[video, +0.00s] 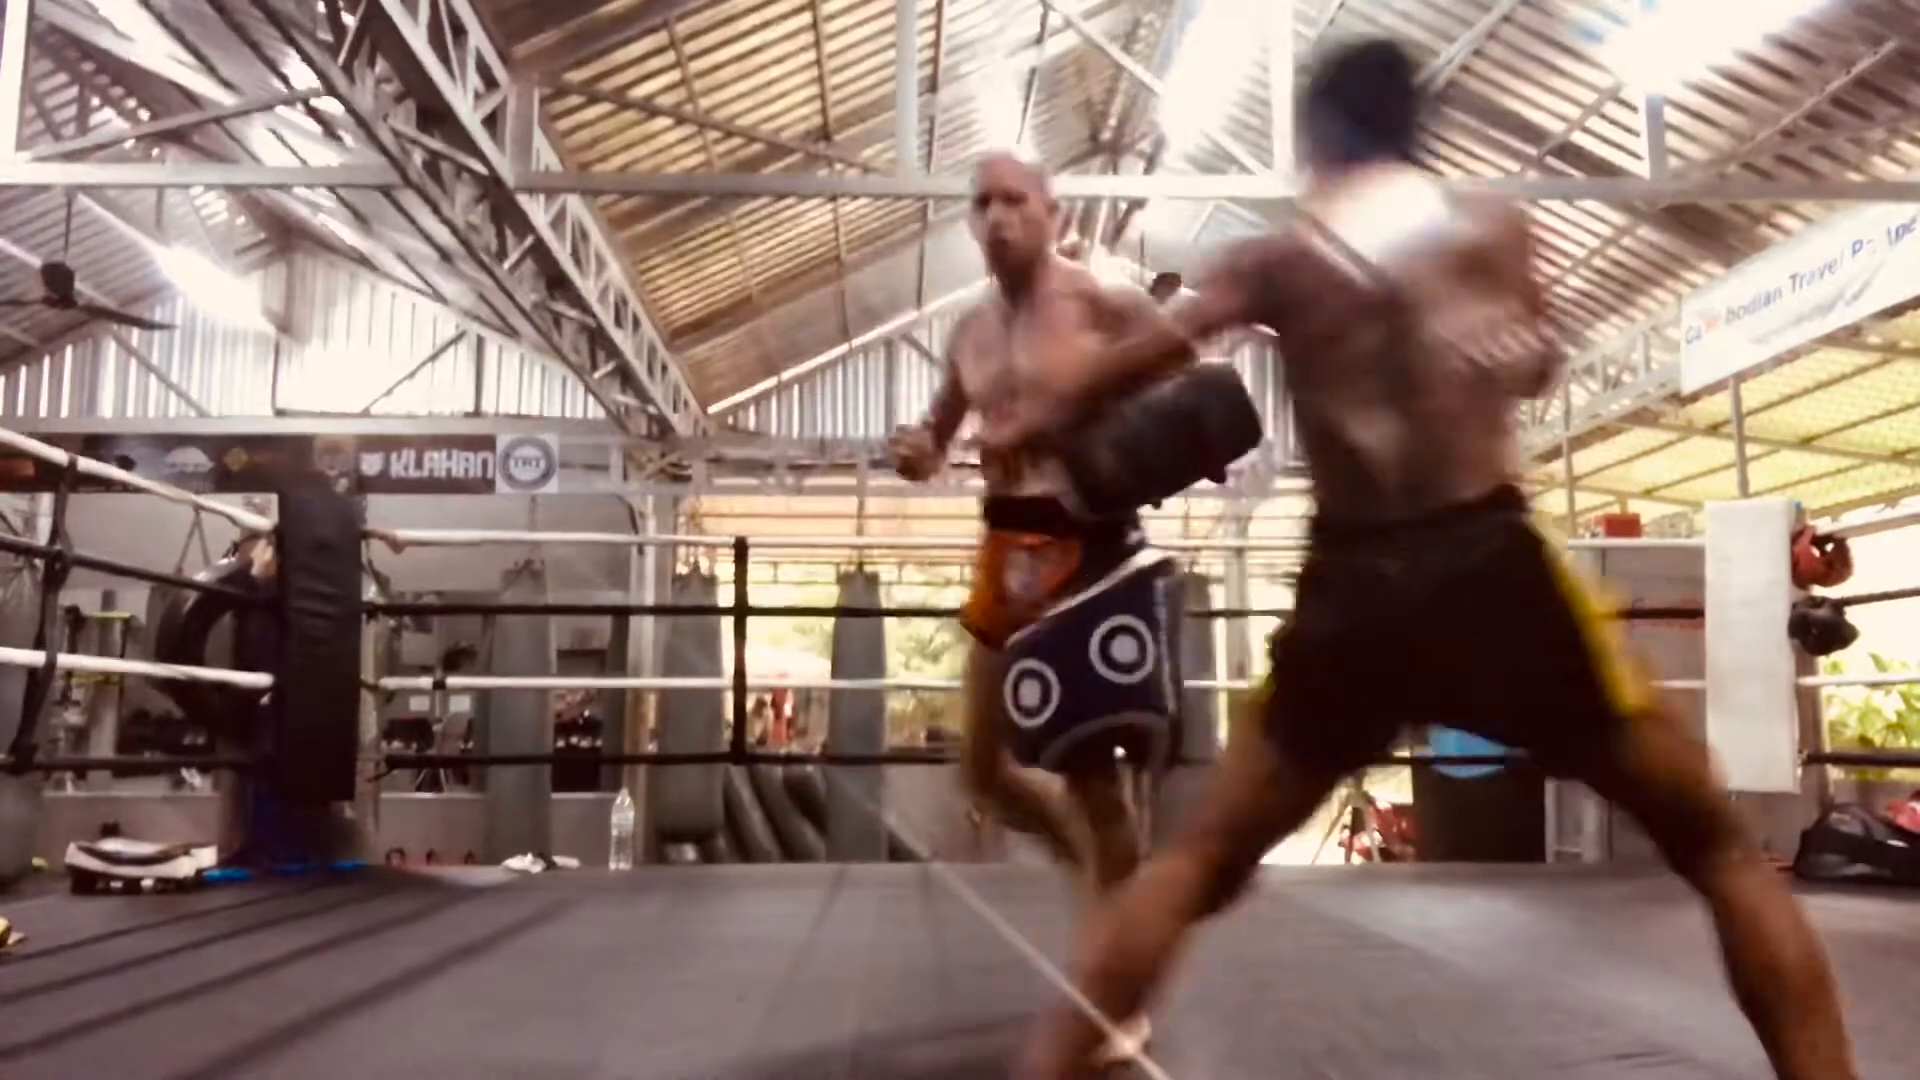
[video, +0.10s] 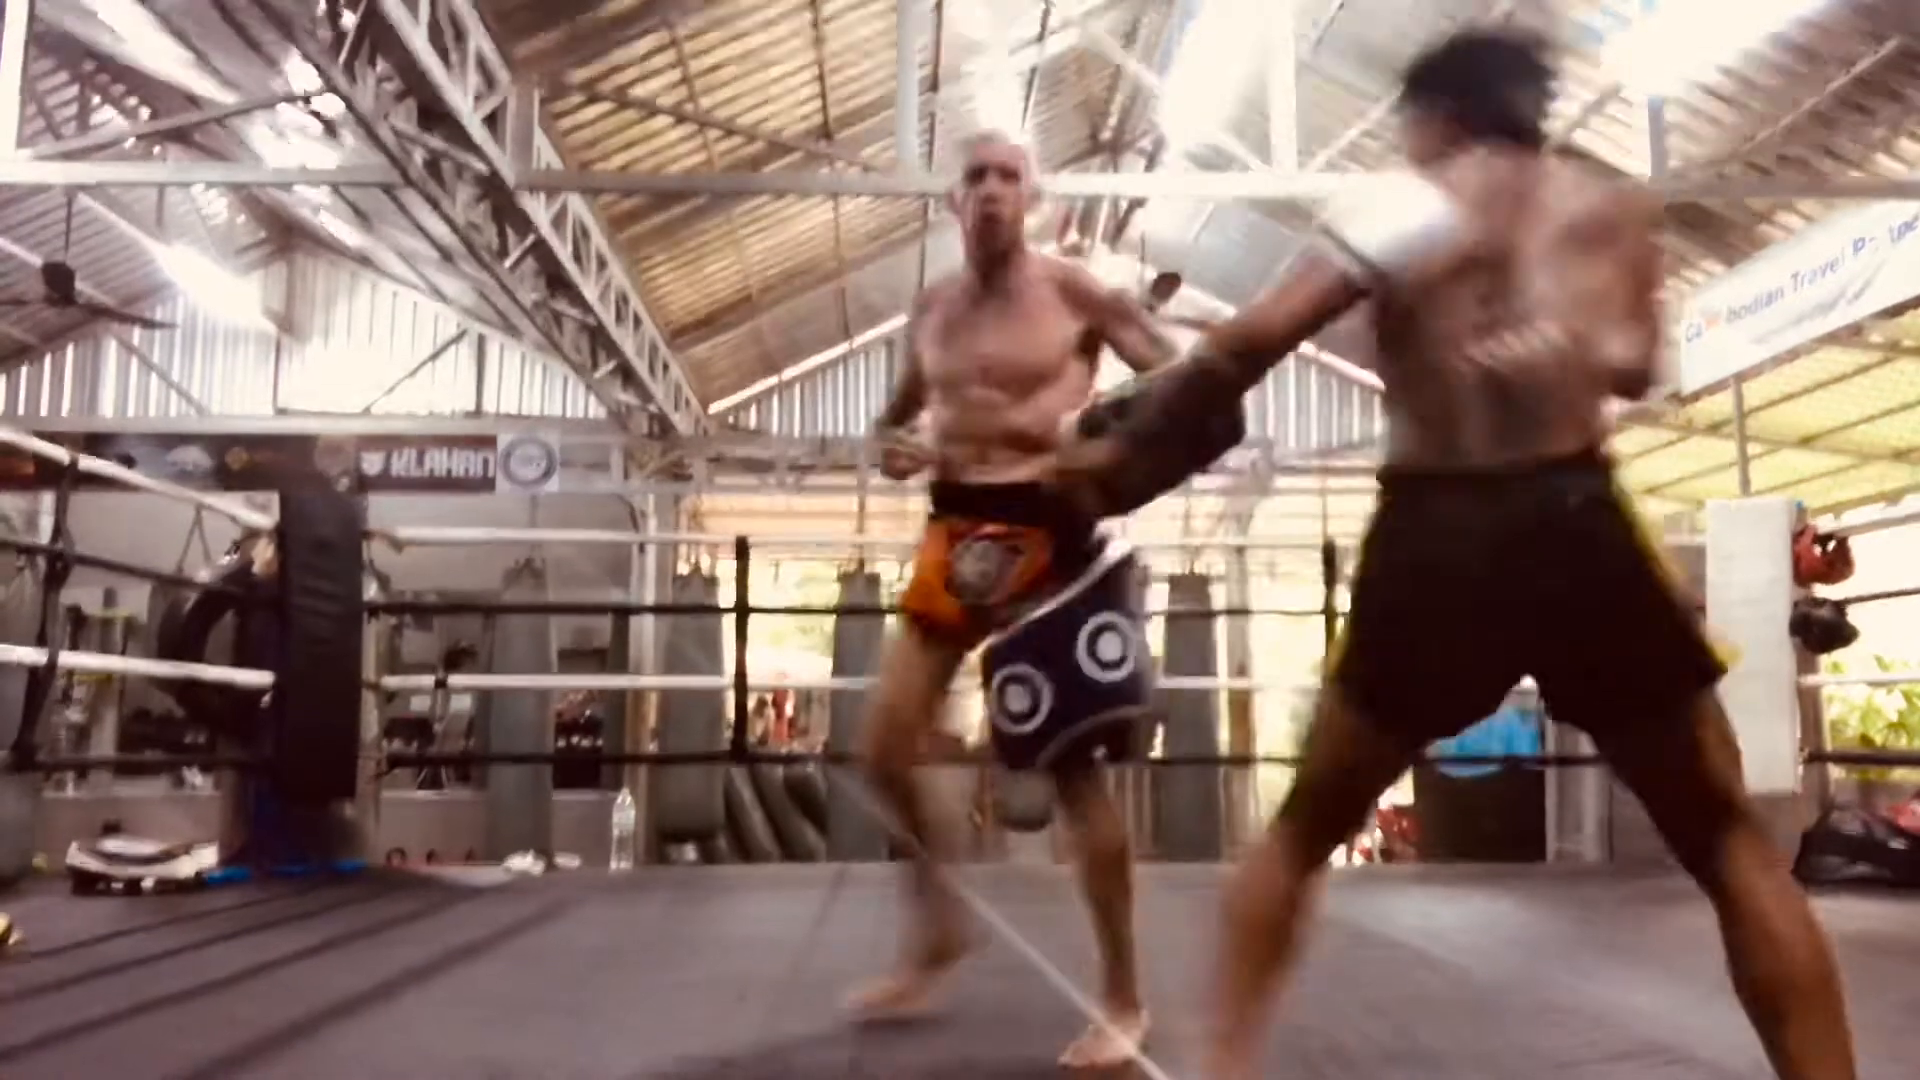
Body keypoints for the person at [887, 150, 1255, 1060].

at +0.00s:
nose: (994, 219)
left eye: (1010, 200)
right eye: (982, 204)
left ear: (1051, 209)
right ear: (972, 222)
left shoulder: (1109, 303)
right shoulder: (970, 331)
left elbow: (1193, 394)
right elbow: (932, 447)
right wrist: (914, 452)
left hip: (1092, 546)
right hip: (1007, 543)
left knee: (1098, 784)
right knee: (985, 770)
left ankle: (1118, 992)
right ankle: (1091, 851)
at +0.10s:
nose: (989, 191)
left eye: (1004, 176)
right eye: (975, 177)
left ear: (1033, 195)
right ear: (954, 196)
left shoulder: (1076, 290)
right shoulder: (934, 311)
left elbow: (1181, 378)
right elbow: (894, 424)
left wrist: (1098, 427)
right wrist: (897, 445)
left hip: (1059, 535)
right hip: (957, 533)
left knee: (1084, 781)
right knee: (886, 748)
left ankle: (1122, 1006)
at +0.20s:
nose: (971, 190)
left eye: (984, 177)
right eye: (955, 175)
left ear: (1001, 197)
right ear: (922, 195)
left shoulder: (1038, 297)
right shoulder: (884, 305)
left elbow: (1121, 386)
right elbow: (838, 417)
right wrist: (848, 443)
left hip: (1009, 534)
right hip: (902, 534)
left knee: (1064, 784)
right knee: (809, 756)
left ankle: (1119, 1005)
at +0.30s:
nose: (939, 195)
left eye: (950, 182)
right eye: (922, 179)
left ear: (961, 204)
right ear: (879, 196)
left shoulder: (994, 319)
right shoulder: (826, 312)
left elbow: (1031, 428)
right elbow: (743, 420)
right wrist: (817, 425)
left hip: (953, 550)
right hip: (842, 547)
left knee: (1023, 782)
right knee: (732, 769)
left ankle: (1104, 992)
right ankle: (643, 983)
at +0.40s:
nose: (901, 218)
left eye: (911, 206)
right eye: (883, 198)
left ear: (916, 228)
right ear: (834, 208)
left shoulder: (923, 341)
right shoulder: (764, 315)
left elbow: (915, 454)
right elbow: (664, 428)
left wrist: (964, 468)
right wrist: (784, 432)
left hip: (889, 566)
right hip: (777, 560)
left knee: (981, 783)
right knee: (673, 790)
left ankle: (1065, 989)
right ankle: (612, 996)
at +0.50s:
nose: (863, 222)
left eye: (864, 207)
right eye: (844, 203)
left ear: (845, 225)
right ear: (786, 214)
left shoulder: (860, 347)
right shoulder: (721, 313)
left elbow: (849, 461)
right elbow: (656, 418)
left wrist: (895, 494)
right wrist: (793, 440)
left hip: (832, 563)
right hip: (726, 558)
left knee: (921, 780)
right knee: (653, 794)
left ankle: (992, 990)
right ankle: (606, 1004)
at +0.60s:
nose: (841, 208)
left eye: (839, 193)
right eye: (823, 191)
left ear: (789, 211)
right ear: (762, 206)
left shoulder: (814, 338)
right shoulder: (706, 293)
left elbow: (792, 451)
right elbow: (690, 397)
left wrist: (843, 473)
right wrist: (825, 409)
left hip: (793, 547)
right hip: (694, 541)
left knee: (859, 773)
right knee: (649, 788)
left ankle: (907, 989)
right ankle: (604, 1004)